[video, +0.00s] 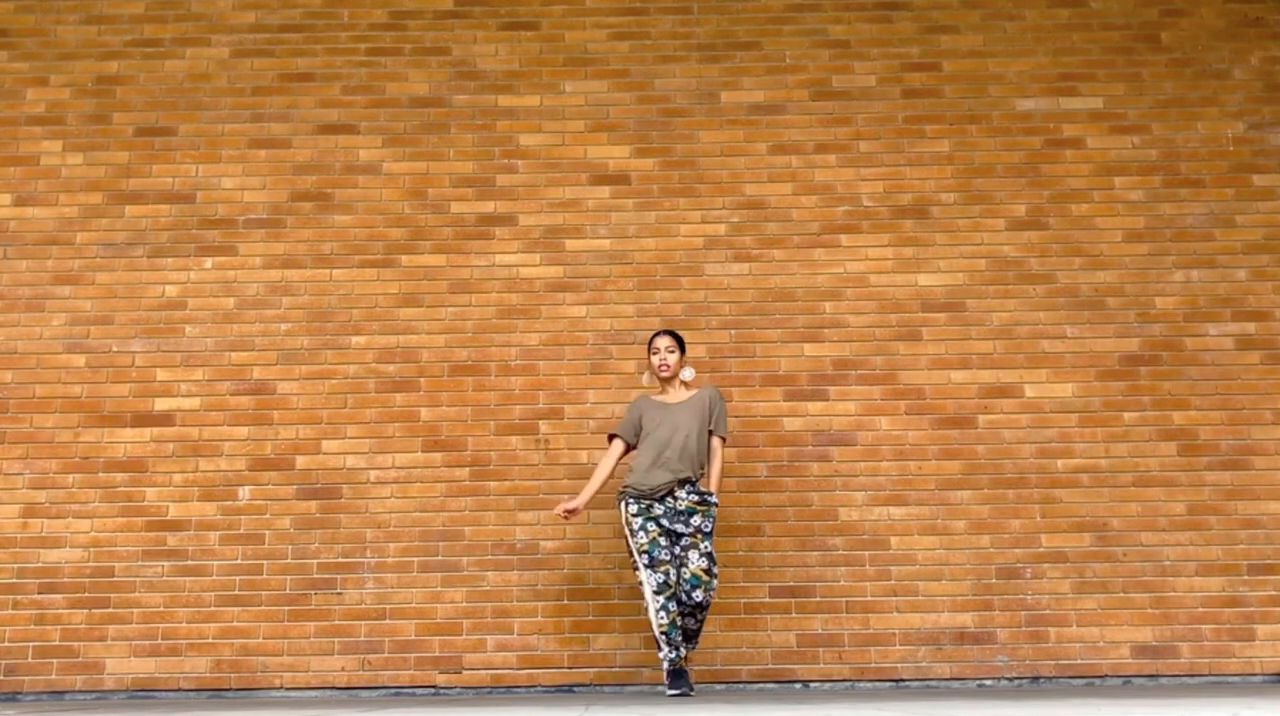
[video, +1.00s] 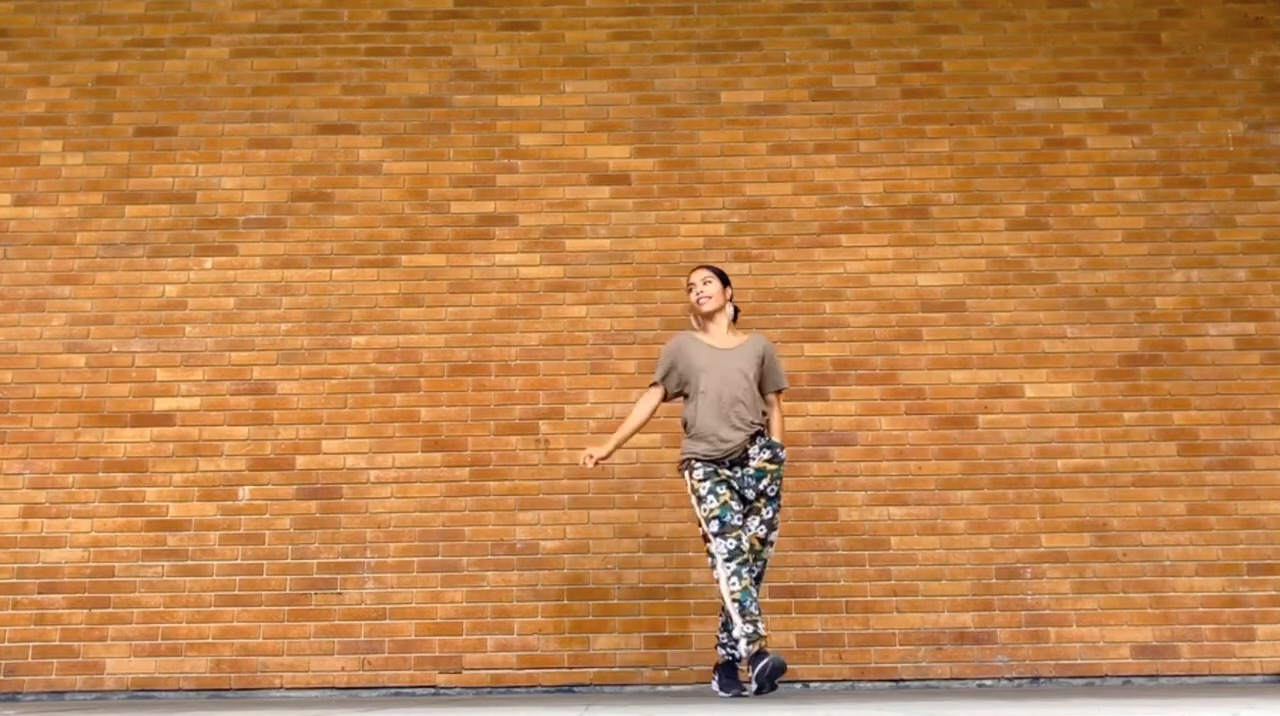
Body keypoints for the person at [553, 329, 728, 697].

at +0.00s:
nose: (662, 358)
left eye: (669, 351)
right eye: (656, 353)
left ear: (682, 358)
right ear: (649, 360)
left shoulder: (707, 397)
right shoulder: (641, 405)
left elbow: (716, 451)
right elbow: (613, 454)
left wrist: (710, 497)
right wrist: (582, 500)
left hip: (690, 501)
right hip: (643, 503)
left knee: (698, 583)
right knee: (659, 581)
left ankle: (680, 654)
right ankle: (675, 667)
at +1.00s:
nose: (698, 292)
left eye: (707, 284)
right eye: (692, 289)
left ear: (729, 293)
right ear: (689, 304)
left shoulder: (758, 346)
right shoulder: (681, 348)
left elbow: (773, 407)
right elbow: (649, 400)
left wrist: (774, 453)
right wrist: (609, 446)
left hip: (757, 463)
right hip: (706, 465)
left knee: (753, 556)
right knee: (730, 549)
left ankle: (728, 660)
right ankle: (757, 655)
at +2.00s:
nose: (731, 228)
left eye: (739, 222)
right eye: (721, 224)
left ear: (753, 237)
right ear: (708, 242)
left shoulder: (776, 300)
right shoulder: (694, 290)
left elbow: (788, 370)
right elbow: (688, 363)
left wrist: (793, 423)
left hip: (775, 427)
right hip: (716, 428)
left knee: (773, 540)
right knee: (711, 534)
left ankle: (770, 661)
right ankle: (700, 648)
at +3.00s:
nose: (698, 238)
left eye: (709, 229)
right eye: (695, 231)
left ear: (738, 236)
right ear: (694, 240)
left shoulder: (769, 299)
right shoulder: (682, 295)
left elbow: (774, 368)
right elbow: (666, 355)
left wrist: (787, 390)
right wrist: (653, 381)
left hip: (768, 433)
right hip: (704, 438)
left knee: (804, 541)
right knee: (671, 542)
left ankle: (835, 659)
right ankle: (655, 655)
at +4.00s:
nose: (725, 249)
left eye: (738, 246)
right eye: (722, 238)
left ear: (750, 257)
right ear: (709, 238)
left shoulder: (769, 299)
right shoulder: (679, 305)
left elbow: (801, 360)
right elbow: (676, 370)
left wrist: (796, 414)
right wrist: (670, 430)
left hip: (774, 432)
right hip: (712, 443)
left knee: (811, 543)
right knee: (681, 546)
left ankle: (836, 661)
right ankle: (677, 667)